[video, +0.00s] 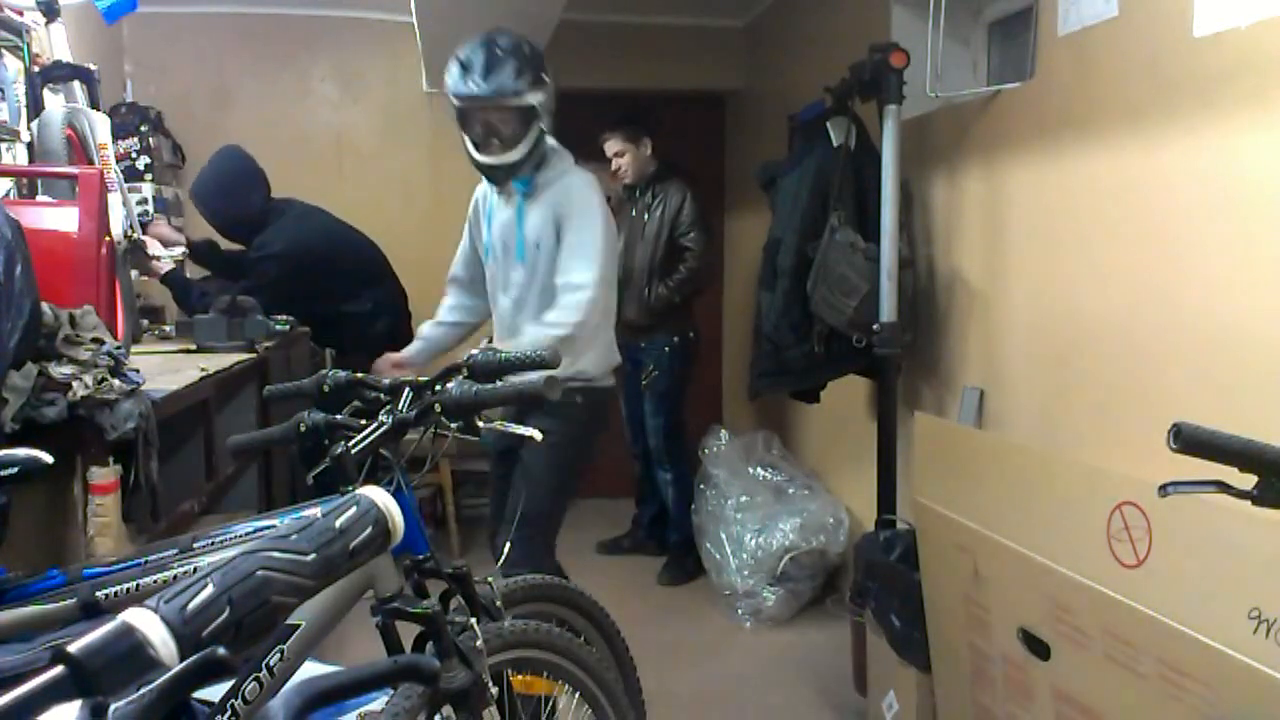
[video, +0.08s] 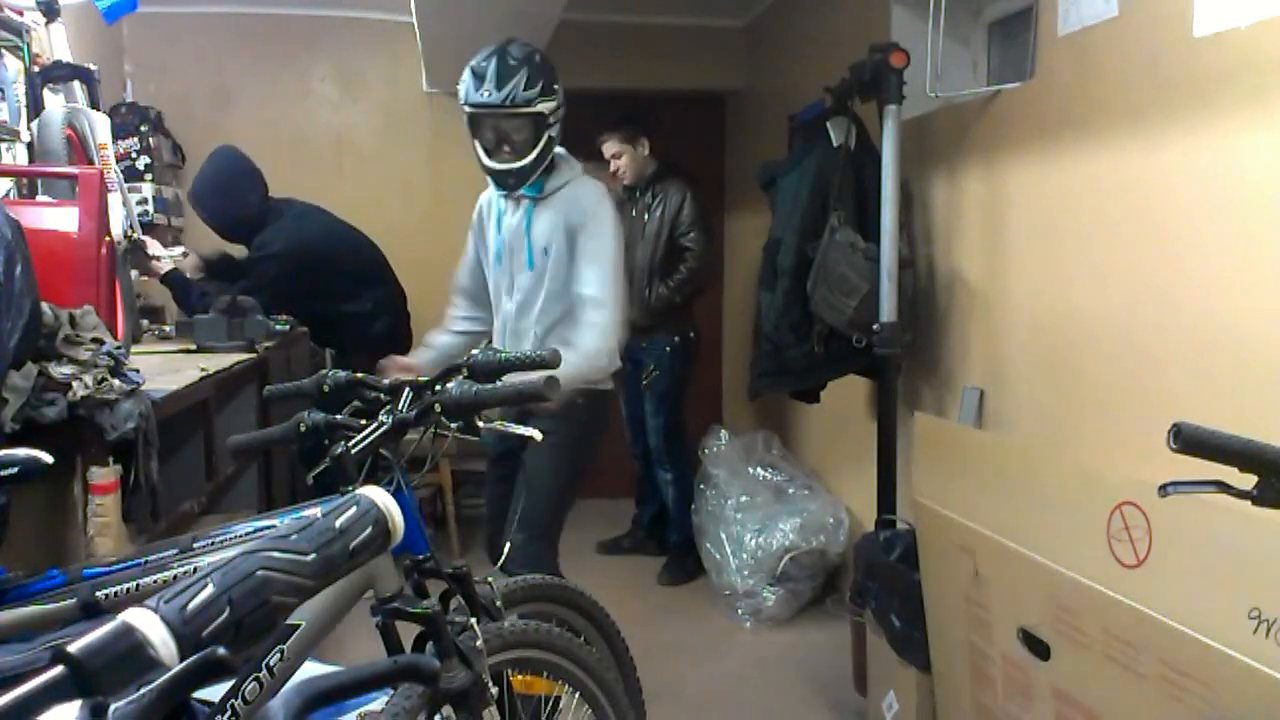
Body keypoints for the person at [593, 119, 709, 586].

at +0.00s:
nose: (615, 165)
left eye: (620, 155)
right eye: (610, 159)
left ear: (647, 148)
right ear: (612, 163)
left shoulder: (677, 196)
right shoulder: (626, 202)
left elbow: (696, 260)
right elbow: (619, 260)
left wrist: (657, 299)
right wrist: (617, 299)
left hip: (666, 335)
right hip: (630, 334)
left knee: (664, 442)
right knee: (640, 442)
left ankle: (684, 546)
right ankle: (649, 529)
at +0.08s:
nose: (614, 167)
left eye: (619, 157)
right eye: (608, 160)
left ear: (645, 149)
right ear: (610, 163)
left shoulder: (677, 195)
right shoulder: (619, 202)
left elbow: (696, 262)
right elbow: (610, 260)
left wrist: (653, 302)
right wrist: (615, 303)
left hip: (667, 335)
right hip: (629, 334)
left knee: (664, 442)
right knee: (640, 441)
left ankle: (684, 546)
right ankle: (649, 528)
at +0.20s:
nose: (611, 169)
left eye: (614, 159)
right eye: (606, 163)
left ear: (640, 149)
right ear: (612, 165)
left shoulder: (675, 193)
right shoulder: (621, 202)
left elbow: (696, 261)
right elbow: (615, 261)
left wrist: (654, 301)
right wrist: (618, 300)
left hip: (669, 332)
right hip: (632, 331)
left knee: (664, 438)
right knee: (640, 438)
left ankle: (684, 546)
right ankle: (650, 528)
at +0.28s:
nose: (609, 170)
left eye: (613, 160)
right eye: (604, 164)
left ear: (638, 150)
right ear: (612, 165)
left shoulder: (674, 192)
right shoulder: (623, 202)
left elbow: (696, 260)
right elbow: (620, 261)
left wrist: (654, 301)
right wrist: (619, 301)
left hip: (669, 333)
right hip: (633, 331)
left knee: (664, 441)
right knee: (641, 440)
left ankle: (685, 547)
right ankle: (650, 528)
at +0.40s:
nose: (608, 170)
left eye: (612, 160)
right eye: (603, 164)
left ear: (636, 150)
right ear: (615, 162)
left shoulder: (673, 192)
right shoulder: (624, 201)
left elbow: (696, 259)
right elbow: (618, 258)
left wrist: (659, 299)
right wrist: (616, 299)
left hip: (666, 334)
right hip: (631, 333)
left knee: (664, 441)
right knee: (641, 440)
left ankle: (685, 547)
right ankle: (650, 529)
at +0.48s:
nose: (608, 168)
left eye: (611, 158)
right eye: (604, 161)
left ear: (635, 151)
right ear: (624, 157)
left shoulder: (672, 192)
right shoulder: (624, 201)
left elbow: (695, 258)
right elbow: (622, 260)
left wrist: (656, 299)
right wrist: (621, 300)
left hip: (667, 335)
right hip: (633, 334)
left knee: (664, 441)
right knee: (641, 440)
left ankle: (685, 545)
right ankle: (650, 528)